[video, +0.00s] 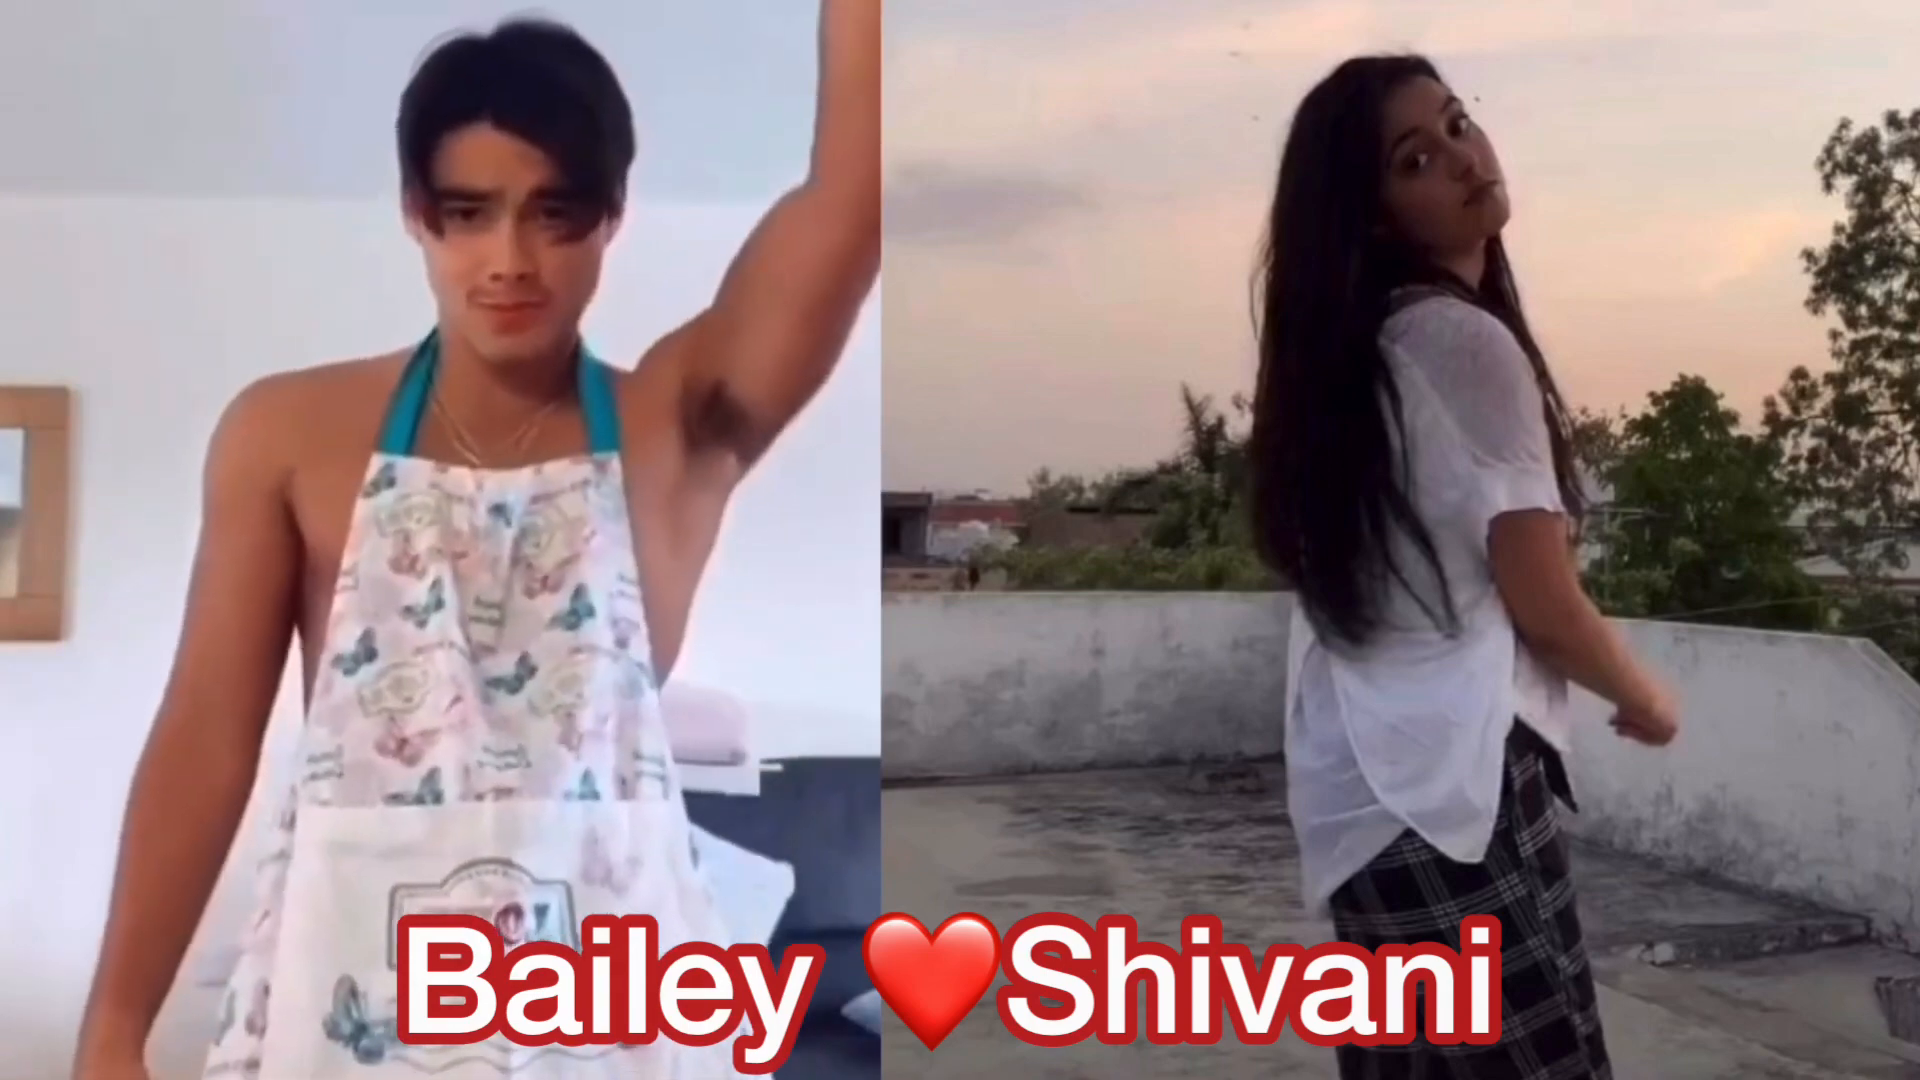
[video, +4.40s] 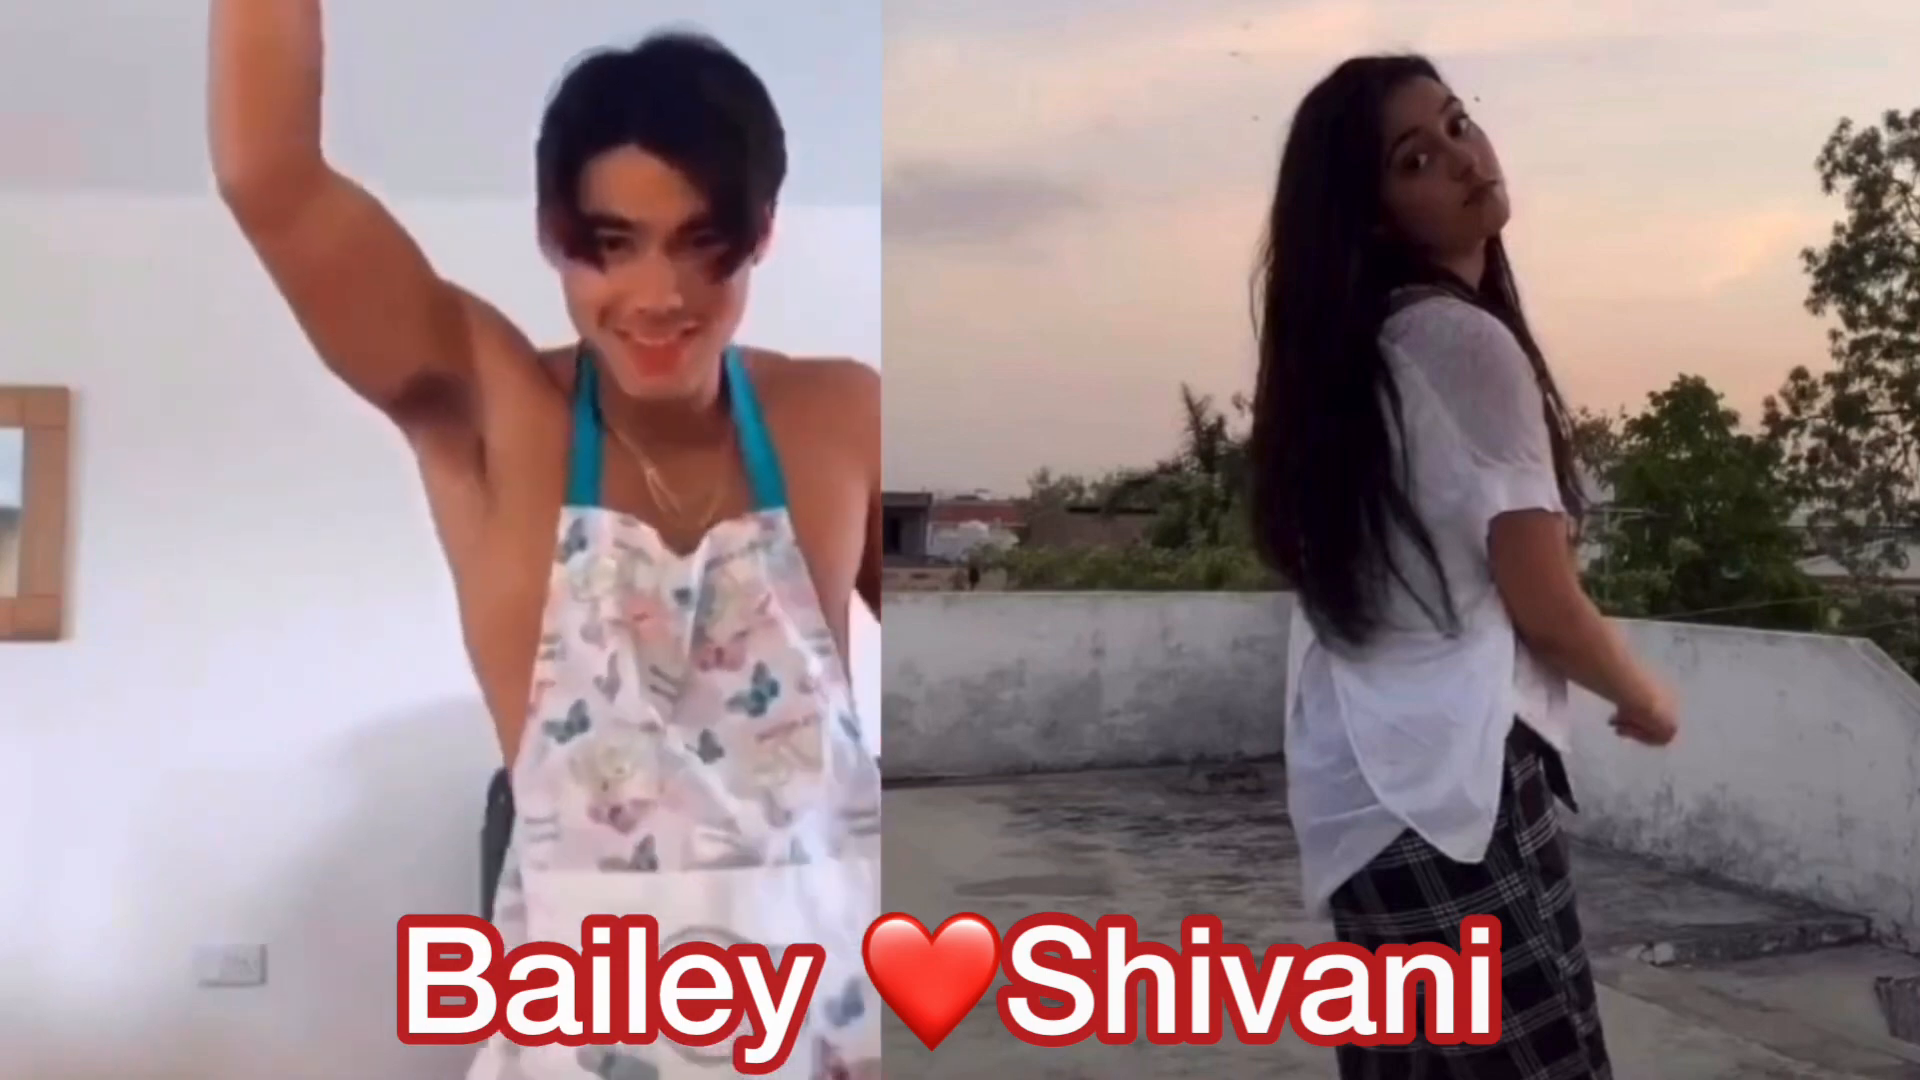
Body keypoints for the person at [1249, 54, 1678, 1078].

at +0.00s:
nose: (1466, 158)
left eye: (1459, 125)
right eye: (1417, 158)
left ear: (1480, 129)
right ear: (1370, 210)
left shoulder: (1354, 333)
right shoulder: (1465, 339)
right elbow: (1546, 604)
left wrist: (1561, 666)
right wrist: (1642, 696)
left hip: (1362, 783)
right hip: (1452, 789)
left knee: (1397, 1056)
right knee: (1545, 1056)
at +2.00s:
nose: (1466, 157)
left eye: (1459, 125)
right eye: (1417, 158)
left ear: (1480, 128)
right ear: (1370, 211)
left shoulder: (1353, 333)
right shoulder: (1465, 339)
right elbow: (1546, 604)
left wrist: (1560, 666)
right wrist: (1643, 697)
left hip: (1361, 783)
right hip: (1452, 789)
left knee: (1397, 1056)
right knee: (1545, 1056)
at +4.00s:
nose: (1466, 157)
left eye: (1459, 125)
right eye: (1417, 158)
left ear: (1480, 128)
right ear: (1370, 211)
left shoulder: (1353, 333)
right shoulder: (1465, 339)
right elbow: (1546, 604)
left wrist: (1560, 666)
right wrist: (1643, 697)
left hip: (1361, 783)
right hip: (1452, 789)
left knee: (1397, 1056)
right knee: (1545, 1056)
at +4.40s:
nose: (1466, 158)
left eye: (1459, 125)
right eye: (1417, 158)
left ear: (1480, 129)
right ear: (1370, 209)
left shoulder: (1353, 332)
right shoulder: (1466, 340)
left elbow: (1392, 565)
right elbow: (1547, 606)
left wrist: (1556, 667)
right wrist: (1643, 697)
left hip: (1362, 783)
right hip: (1452, 789)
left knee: (1397, 1056)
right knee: (1544, 1056)